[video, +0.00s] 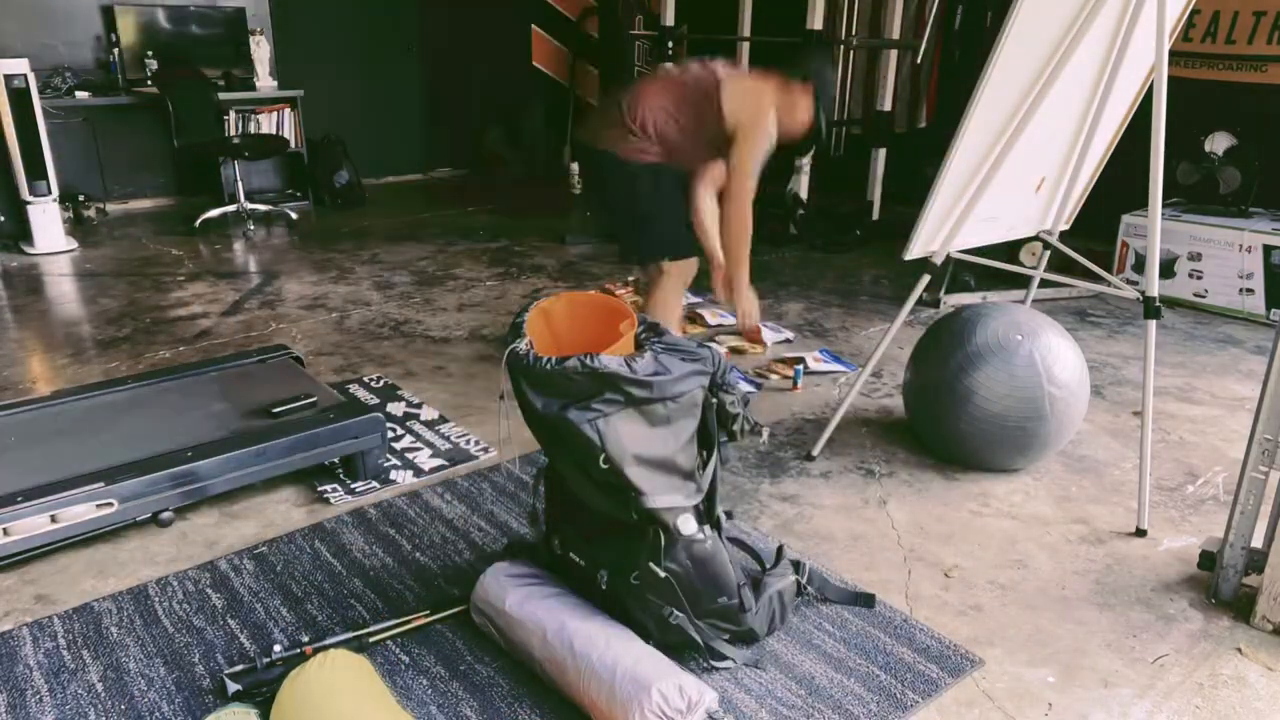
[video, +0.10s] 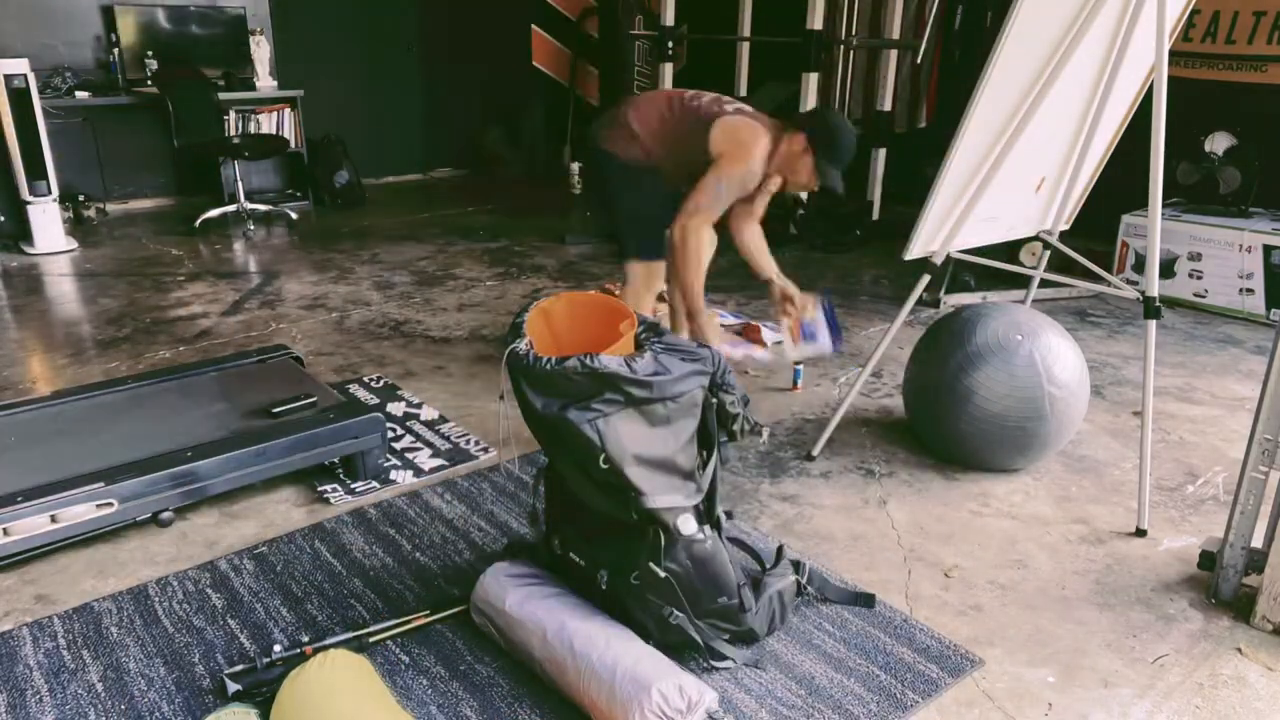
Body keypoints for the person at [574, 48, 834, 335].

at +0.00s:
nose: (805, 126)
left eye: (812, 120)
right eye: (811, 115)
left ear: (796, 86)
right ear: (804, 91)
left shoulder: (749, 99)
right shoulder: (760, 112)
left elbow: (704, 189)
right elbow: (738, 205)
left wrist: (717, 260)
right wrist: (741, 289)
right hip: (623, 150)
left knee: (667, 263)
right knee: (680, 264)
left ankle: (652, 366)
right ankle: (654, 373)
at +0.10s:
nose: (815, 187)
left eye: (821, 181)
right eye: (818, 175)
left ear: (801, 146)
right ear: (800, 146)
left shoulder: (777, 161)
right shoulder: (751, 149)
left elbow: (743, 222)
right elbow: (686, 227)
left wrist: (775, 280)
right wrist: (696, 319)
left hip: (660, 158)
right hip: (621, 148)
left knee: (702, 241)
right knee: (646, 274)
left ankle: (680, 345)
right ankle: (616, 369)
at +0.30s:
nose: (766, 175)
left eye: (774, 169)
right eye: (775, 166)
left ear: (757, 128)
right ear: (775, 150)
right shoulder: (748, 159)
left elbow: (671, 214)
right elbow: (729, 243)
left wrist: (681, 276)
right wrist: (745, 296)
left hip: (604, 123)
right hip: (630, 140)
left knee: (639, 253)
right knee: (655, 261)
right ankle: (627, 354)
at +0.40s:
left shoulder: (714, 13)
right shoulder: (672, 3)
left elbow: (686, 74)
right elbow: (603, 32)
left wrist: (723, 136)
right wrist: (639, 114)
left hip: (656, 140)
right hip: (617, 137)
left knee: (668, 231)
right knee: (623, 250)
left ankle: (658, 328)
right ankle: (613, 346)